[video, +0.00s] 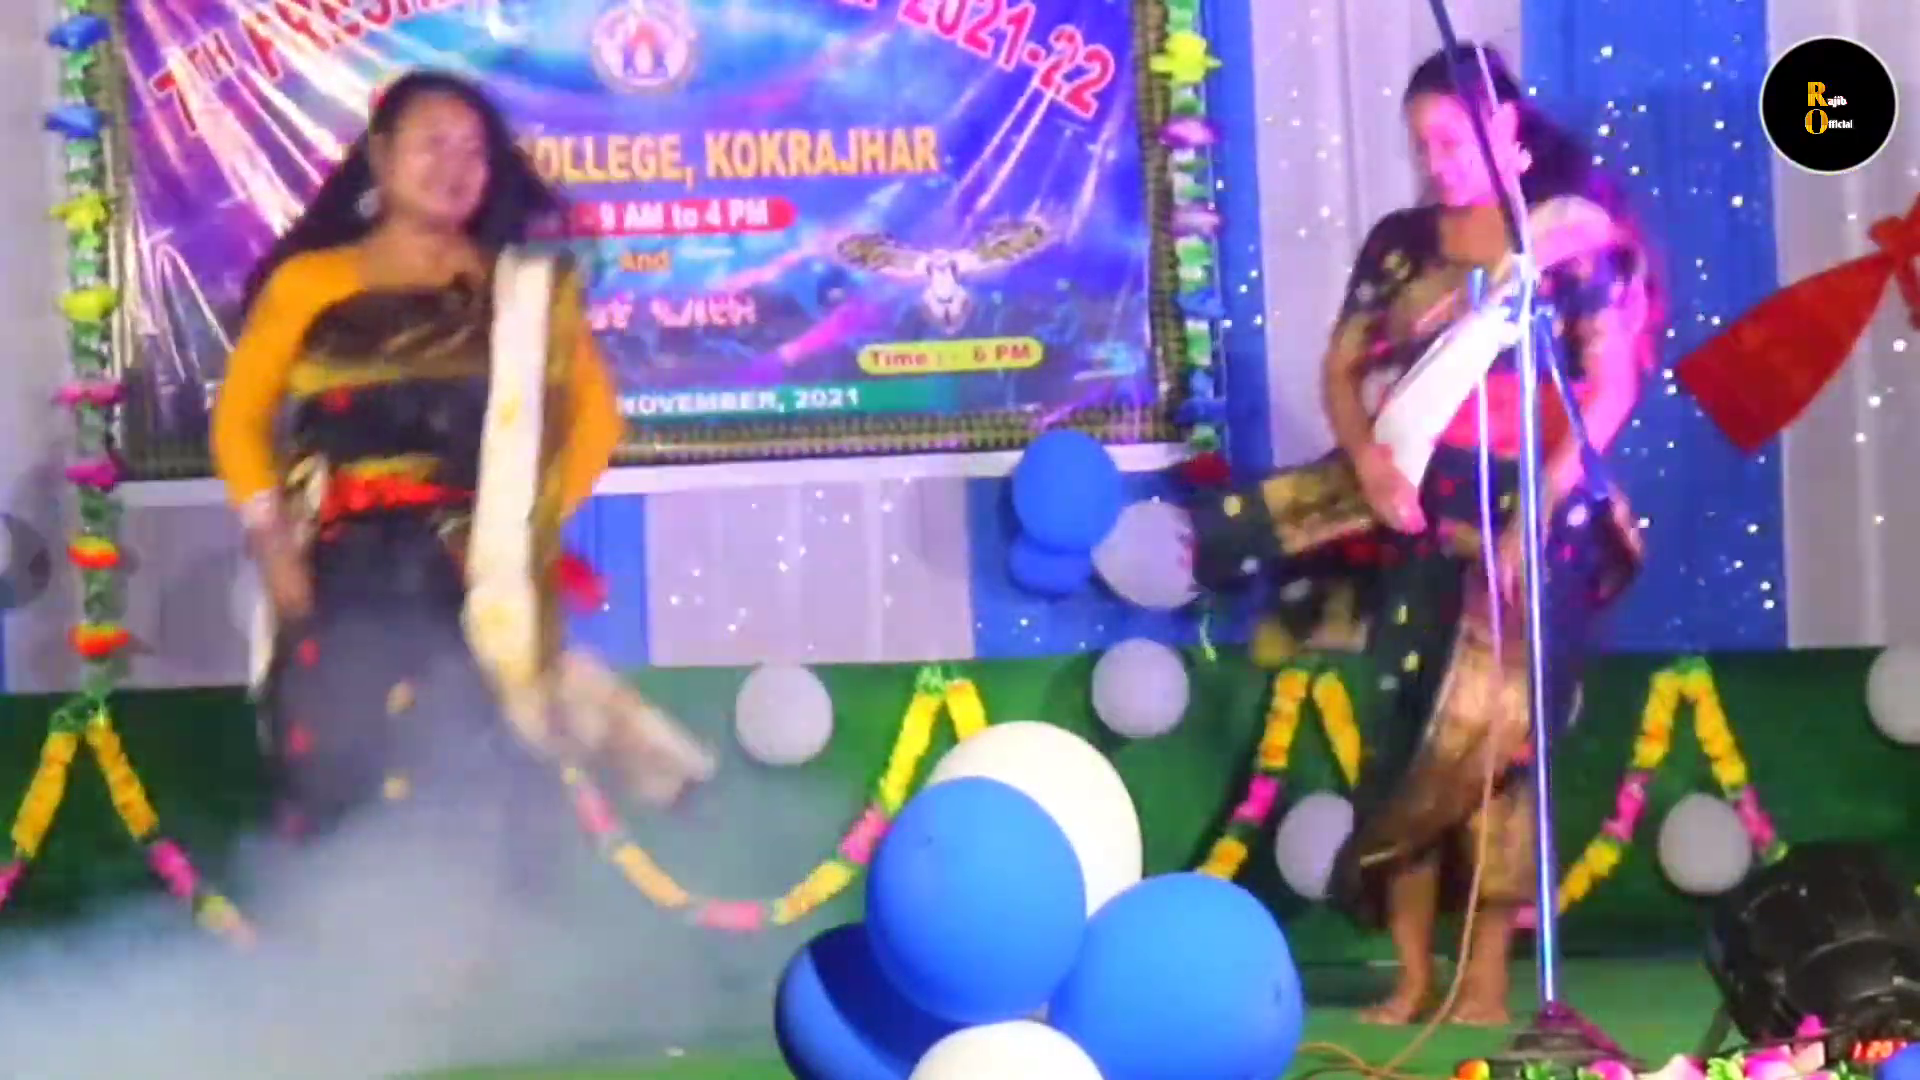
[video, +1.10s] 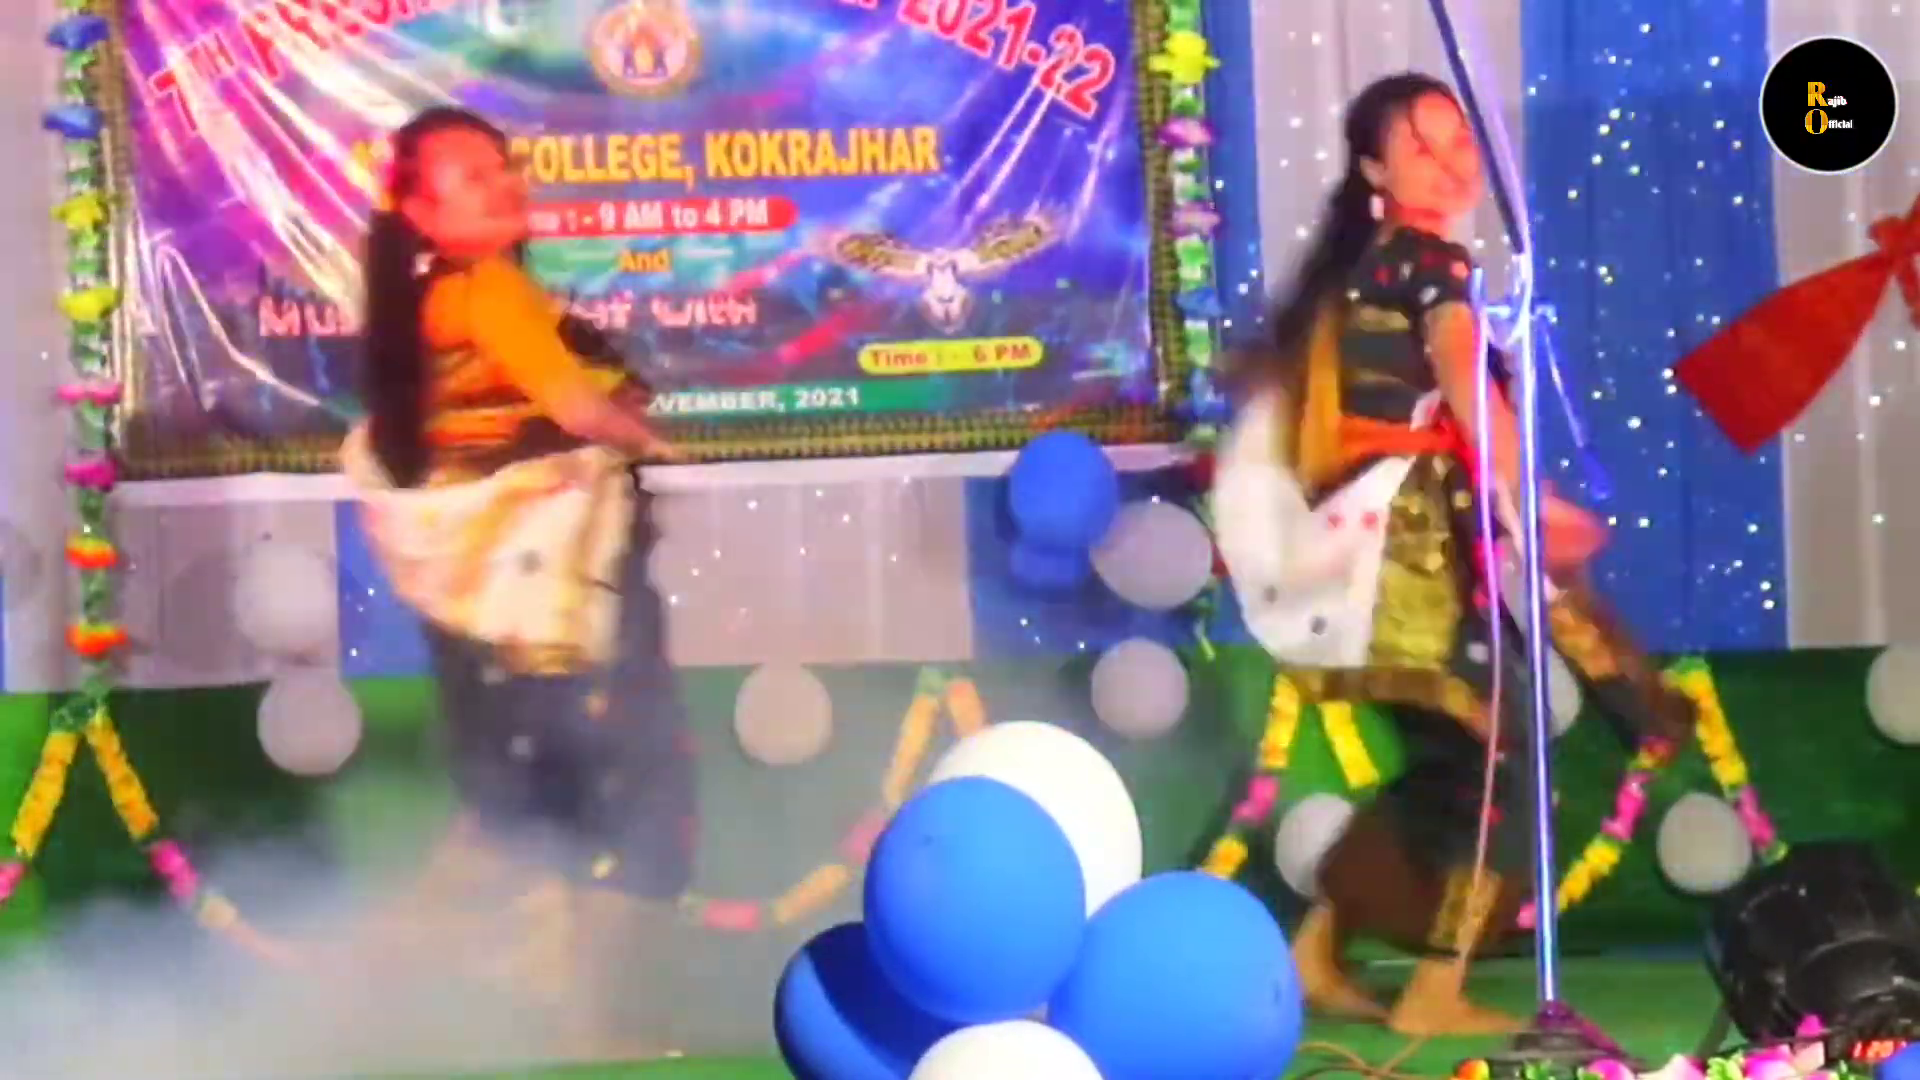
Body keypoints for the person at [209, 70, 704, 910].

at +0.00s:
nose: (455, 165)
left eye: (473, 149)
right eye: (432, 144)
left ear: (492, 172)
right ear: (382, 158)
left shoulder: (526, 286)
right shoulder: (311, 281)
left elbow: (593, 415)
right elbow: (238, 418)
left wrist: (530, 526)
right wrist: (276, 547)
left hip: (475, 574)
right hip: (346, 577)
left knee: (481, 797)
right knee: (336, 791)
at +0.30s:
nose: (375, 110)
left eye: (385, 91)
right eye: (352, 88)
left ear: (402, 105)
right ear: (301, 94)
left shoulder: (437, 225)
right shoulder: (223, 214)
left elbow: (542, 317)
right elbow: (114, 316)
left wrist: (547, 447)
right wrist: (160, 434)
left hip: (378, 540)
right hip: (242, 536)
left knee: (366, 781)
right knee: (209, 781)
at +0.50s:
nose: (337, 200)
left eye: (341, 181)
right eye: (314, 182)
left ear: (349, 185)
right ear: (257, 191)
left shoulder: (371, 311)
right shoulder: (210, 310)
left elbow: (453, 405)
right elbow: (142, 438)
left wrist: (527, 491)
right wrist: (212, 508)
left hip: (341, 591)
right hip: (228, 591)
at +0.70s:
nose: (359, 148)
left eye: (362, 131)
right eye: (331, 135)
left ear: (375, 149)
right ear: (270, 167)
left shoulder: (377, 283)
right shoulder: (270, 266)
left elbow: (496, 359)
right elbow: (399, 312)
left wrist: (489, 252)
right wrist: (451, 230)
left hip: (382, 541)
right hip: (307, 539)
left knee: (360, 745)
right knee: (337, 737)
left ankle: (325, 937)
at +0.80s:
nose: (381, 112)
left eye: (384, 93)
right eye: (352, 99)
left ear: (399, 111)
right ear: (297, 131)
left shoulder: (386, 225)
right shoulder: (311, 222)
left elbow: (526, 298)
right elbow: (466, 259)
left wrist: (468, 189)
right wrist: (464, 180)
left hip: (397, 535)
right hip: (328, 535)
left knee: (425, 747)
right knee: (415, 746)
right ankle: (261, 903)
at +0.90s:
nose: (424, 109)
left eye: (425, 90)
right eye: (394, 99)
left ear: (439, 103)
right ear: (340, 131)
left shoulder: (349, 220)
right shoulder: (386, 219)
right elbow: (537, 298)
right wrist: (550, 233)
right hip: (398, 556)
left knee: (540, 742)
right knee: (455, 777)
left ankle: (490, 964)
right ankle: (326, 988)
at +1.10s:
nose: (504, 186)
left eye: (501, 166)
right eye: (472, 178)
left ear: (510, 173)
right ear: (422, 213)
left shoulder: (428, 298)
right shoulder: (490, 292)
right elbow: (573, 405)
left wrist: (587, 383)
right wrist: (645, 436)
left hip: (481, 607)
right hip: (559, 609)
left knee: (511, 803)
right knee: (633, 810)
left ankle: (381, 969)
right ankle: (592, 1026)